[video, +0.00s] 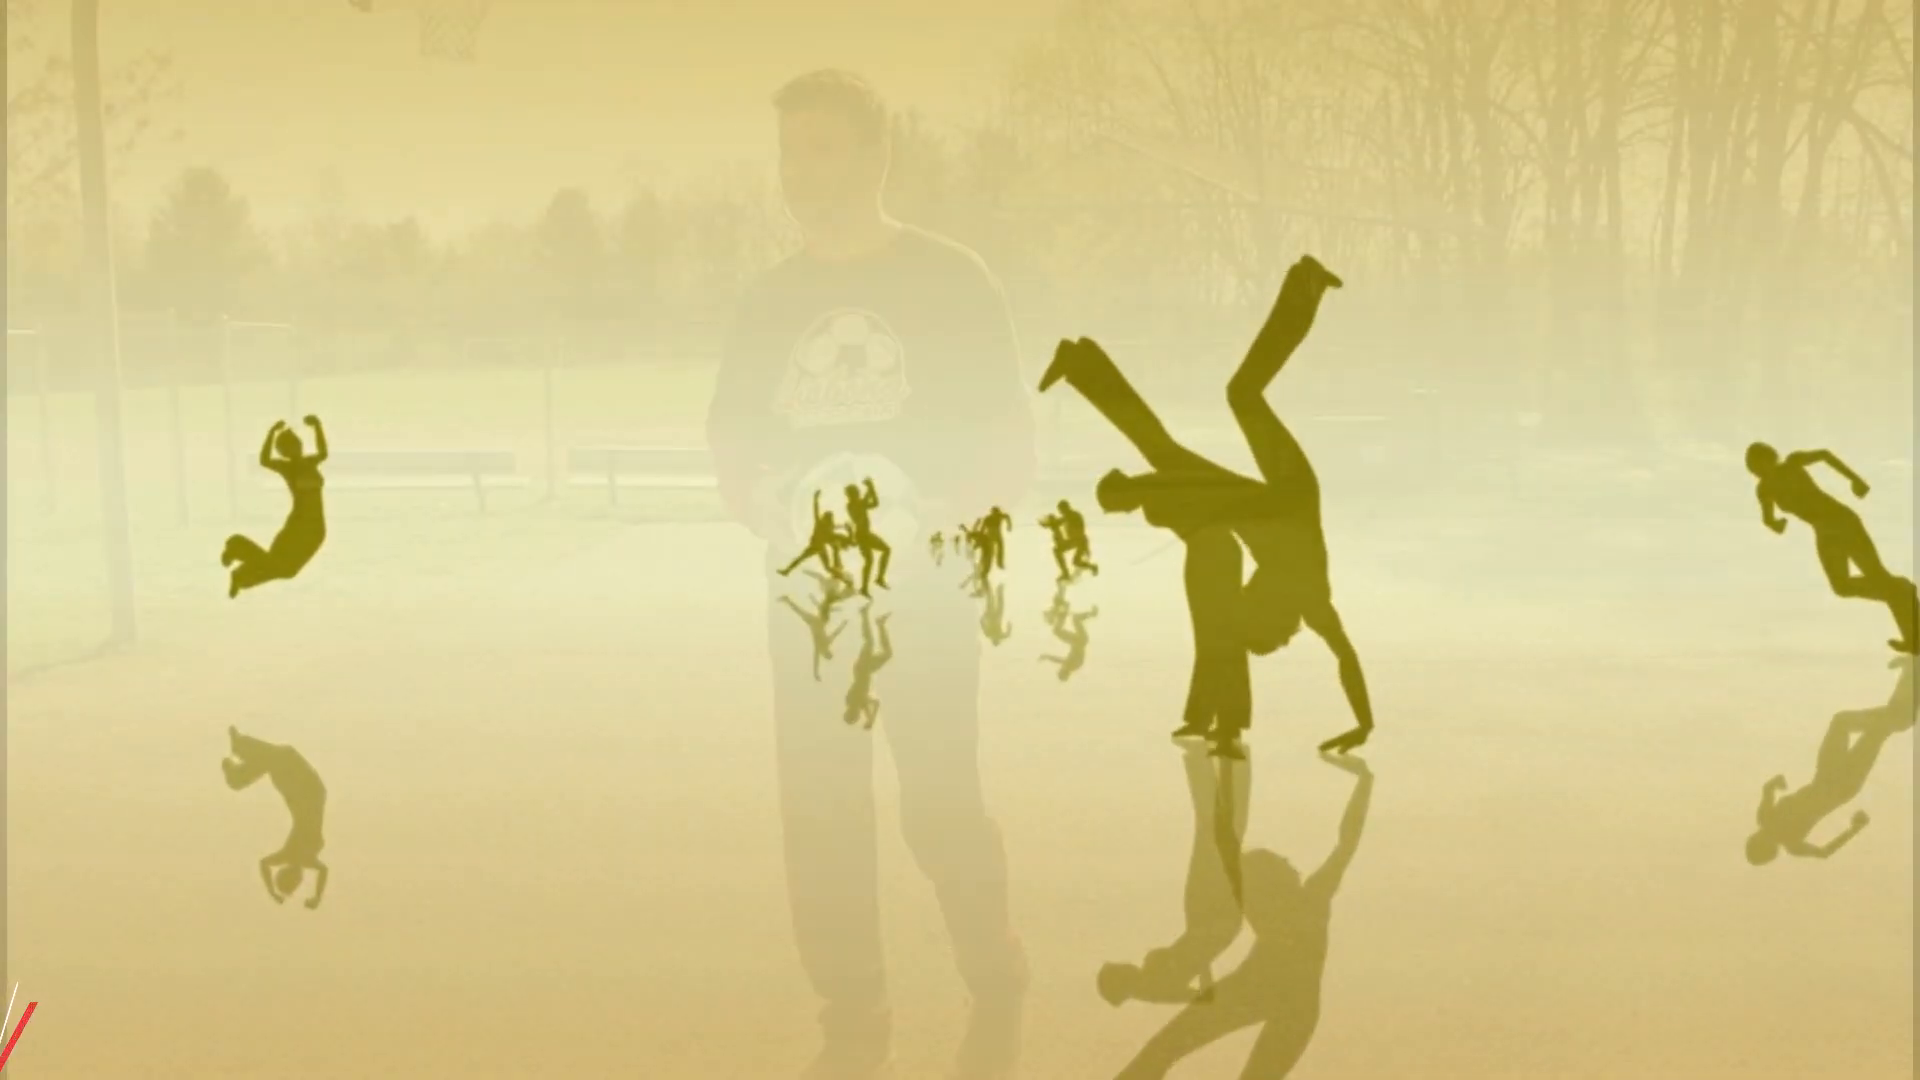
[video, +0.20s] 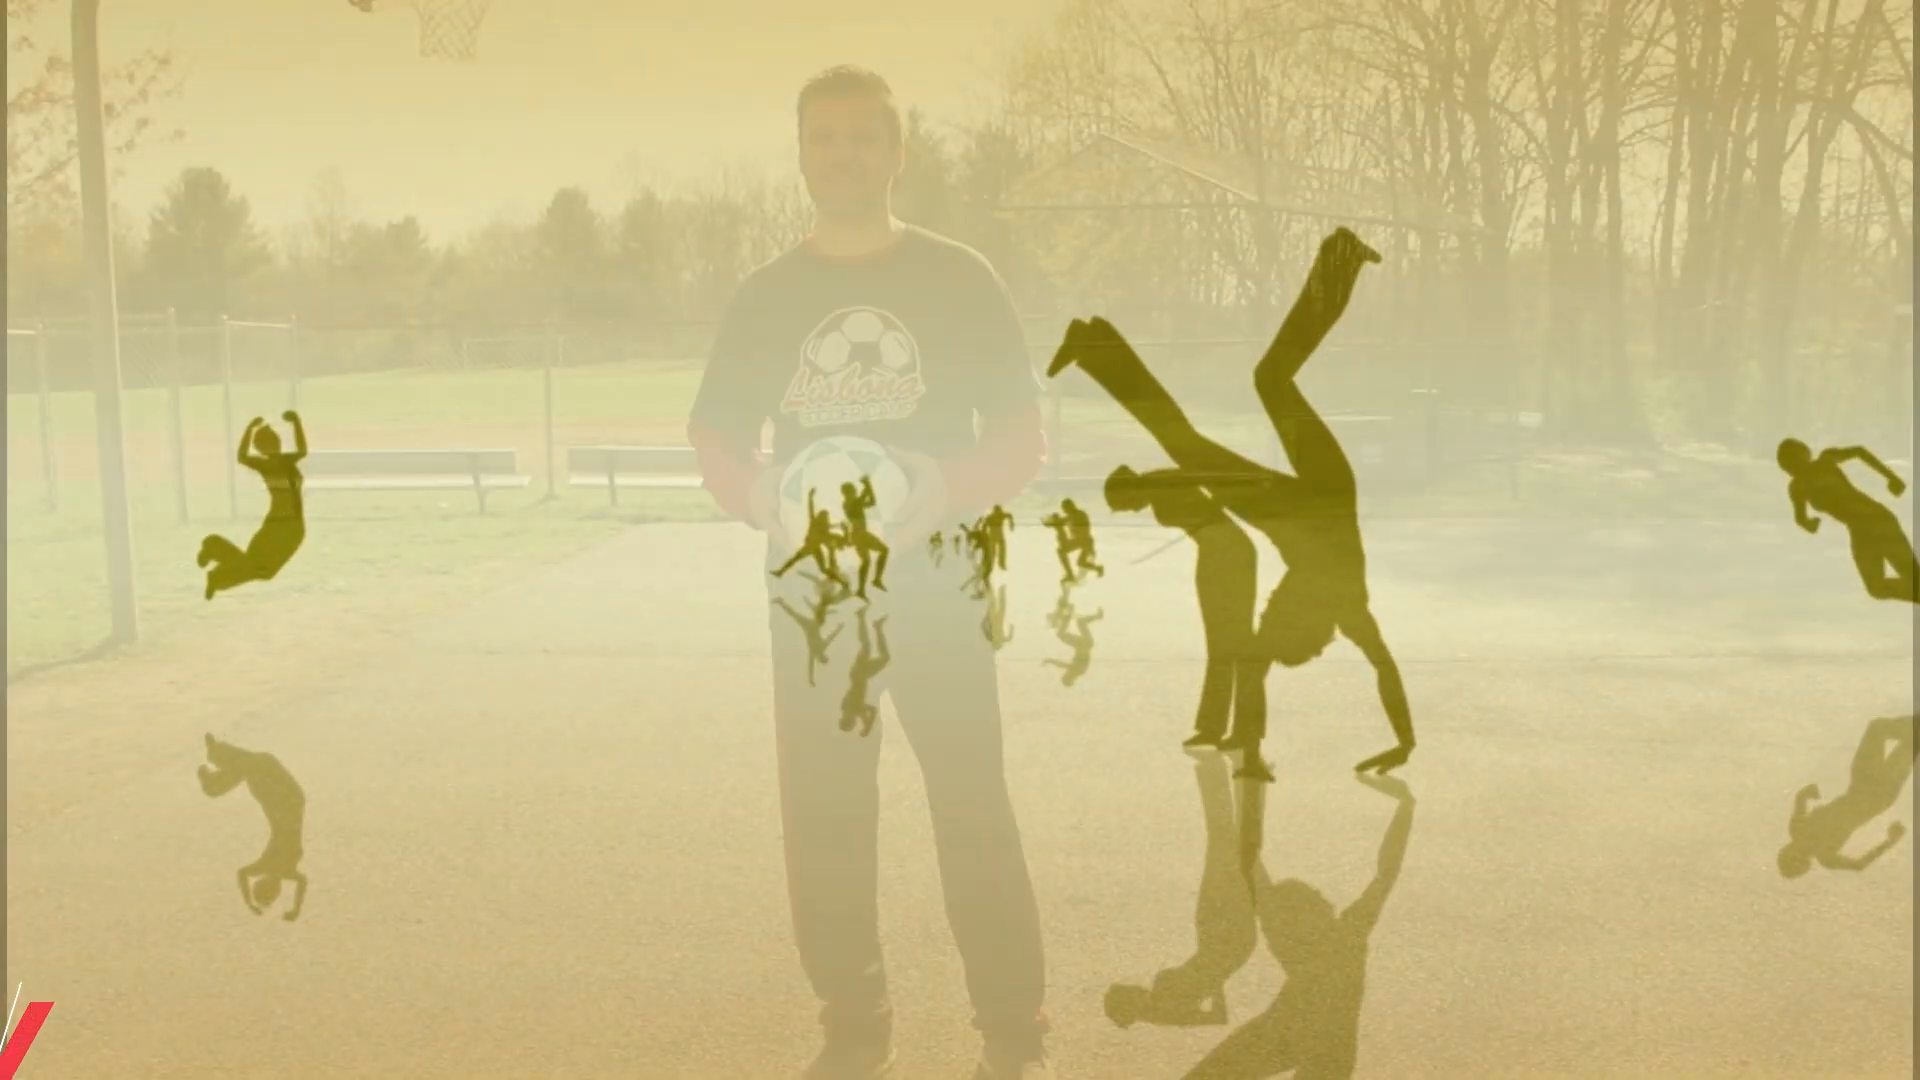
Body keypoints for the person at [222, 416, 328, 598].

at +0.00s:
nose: (295, 446)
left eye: (295, 442)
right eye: (289, 444)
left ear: (300, 442)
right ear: (284, 449)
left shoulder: (309, 463)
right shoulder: (287, 467)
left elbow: (323, 454)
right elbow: (265, 461)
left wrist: (318, 427)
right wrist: (271, 433)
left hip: (316, 524)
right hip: (298, 521)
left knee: (289, 570)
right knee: (276, 564)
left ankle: (242, 578)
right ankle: (238, 546)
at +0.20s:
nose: (274, 443)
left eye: (274, 438)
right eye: (269, 440)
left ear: (277, 439)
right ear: (262, 445)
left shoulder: (286, 461)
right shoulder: (265, 464)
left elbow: (302, 451)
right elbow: (242, 457)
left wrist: (297, 422)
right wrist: (250, 429)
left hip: (295, 524)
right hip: (276, 522)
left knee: (267, 572)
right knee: (253, 564)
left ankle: (219, 580)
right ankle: (215, 547)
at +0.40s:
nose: (251, 438)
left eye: (250, 433)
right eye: (245, 435)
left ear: (255, 435)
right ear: (239, 441)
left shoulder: (265, 458)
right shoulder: (241, 460)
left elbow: (279, 448)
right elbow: (218, 455)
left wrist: (274, 419)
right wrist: (225, 425)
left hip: (273, 525)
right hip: (253, 523)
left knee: (244, 572)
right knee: (230, 565)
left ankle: (194, 580)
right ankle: (189, 547)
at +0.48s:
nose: (234, 435)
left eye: (234, 431)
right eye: (229, 433)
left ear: (238, 433)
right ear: (223, 439)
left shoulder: (249, 456)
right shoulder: (228, 460)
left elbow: (265, 446)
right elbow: (202, 453)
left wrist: (260, 417)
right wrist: (210, 423)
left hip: (258, 526)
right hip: (238, 524)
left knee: (229, 572)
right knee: (215, 565)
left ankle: (179, 581)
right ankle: (174, 547)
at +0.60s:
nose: (215, 439)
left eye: (217, 433)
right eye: (213, 435)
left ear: (226, 432)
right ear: (211, 437)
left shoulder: (242, 453)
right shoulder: (216, 458)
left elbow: (256, 445)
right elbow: (192, 451)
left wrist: (251, 414)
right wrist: (200, 421)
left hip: (249, 524)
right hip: (228, 521)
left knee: (220, 572)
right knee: (204, 564)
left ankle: (168, 581)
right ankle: (162, 547)